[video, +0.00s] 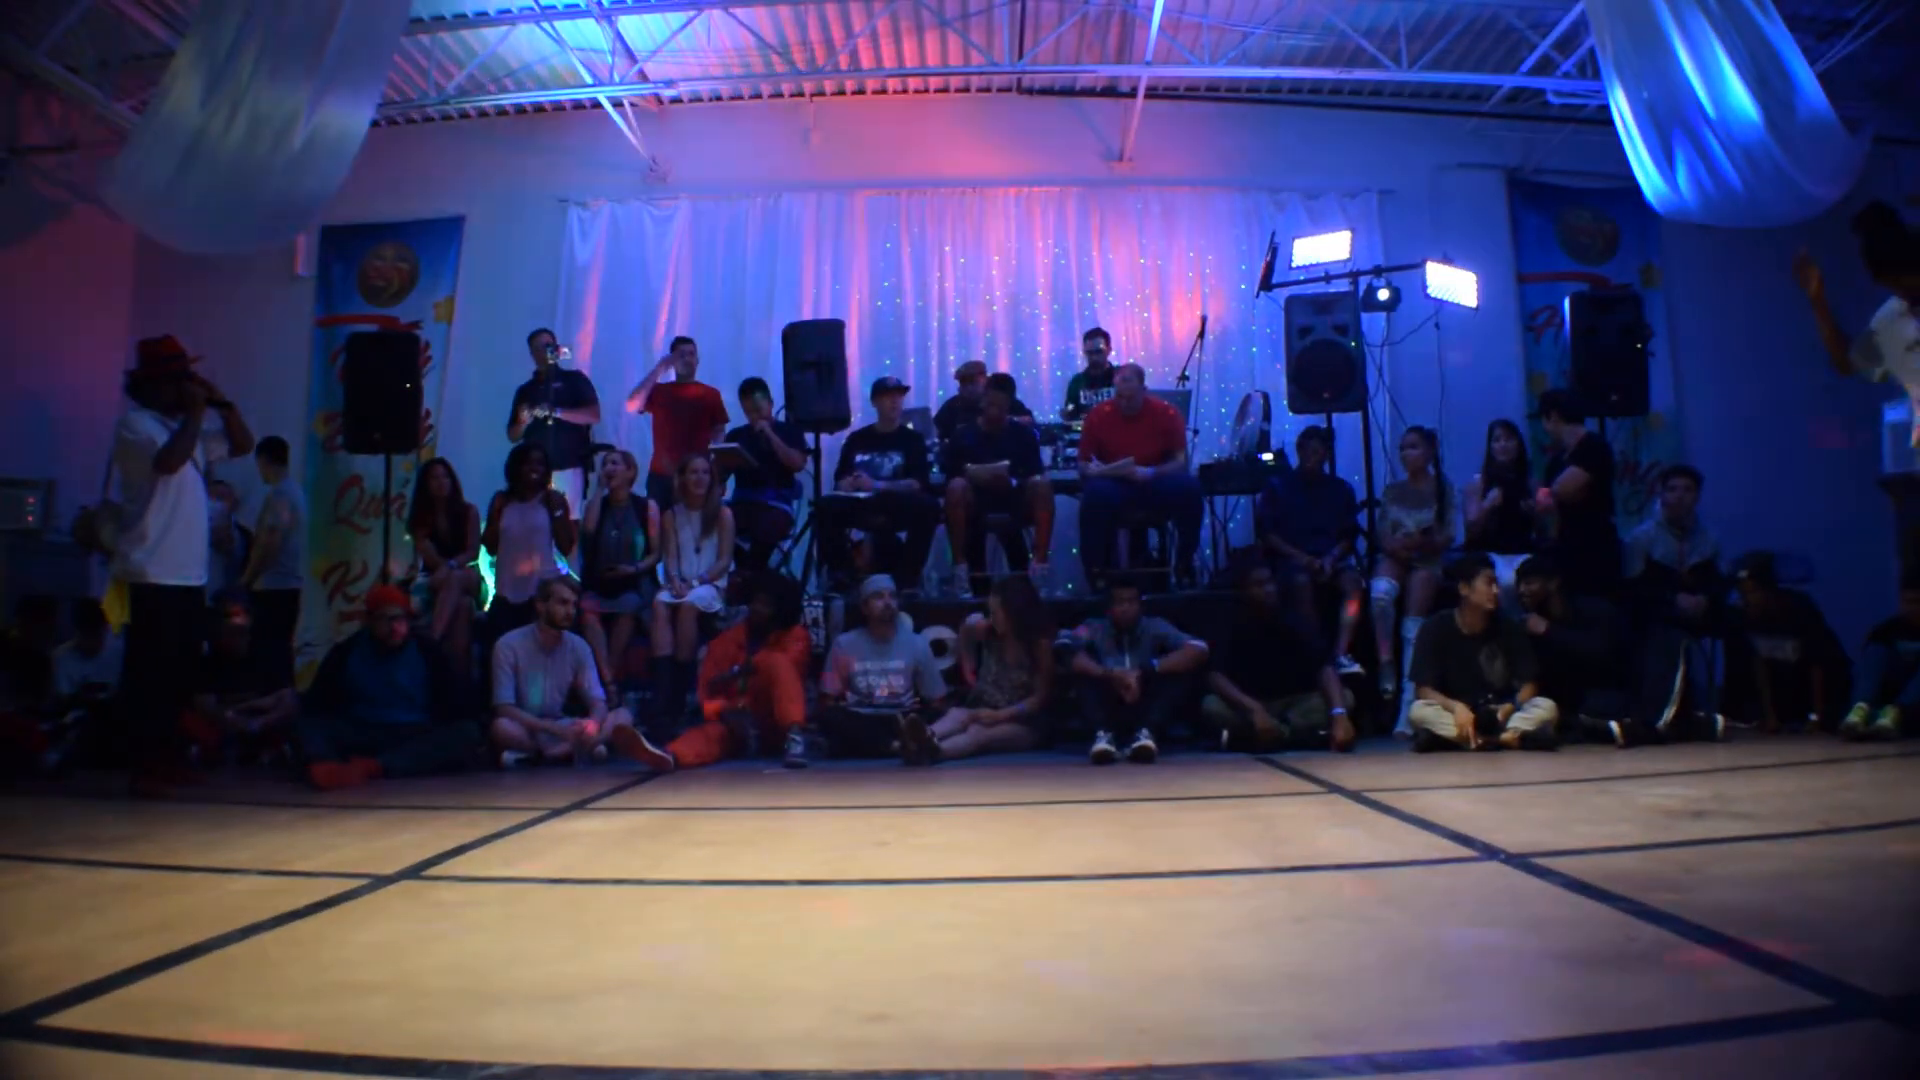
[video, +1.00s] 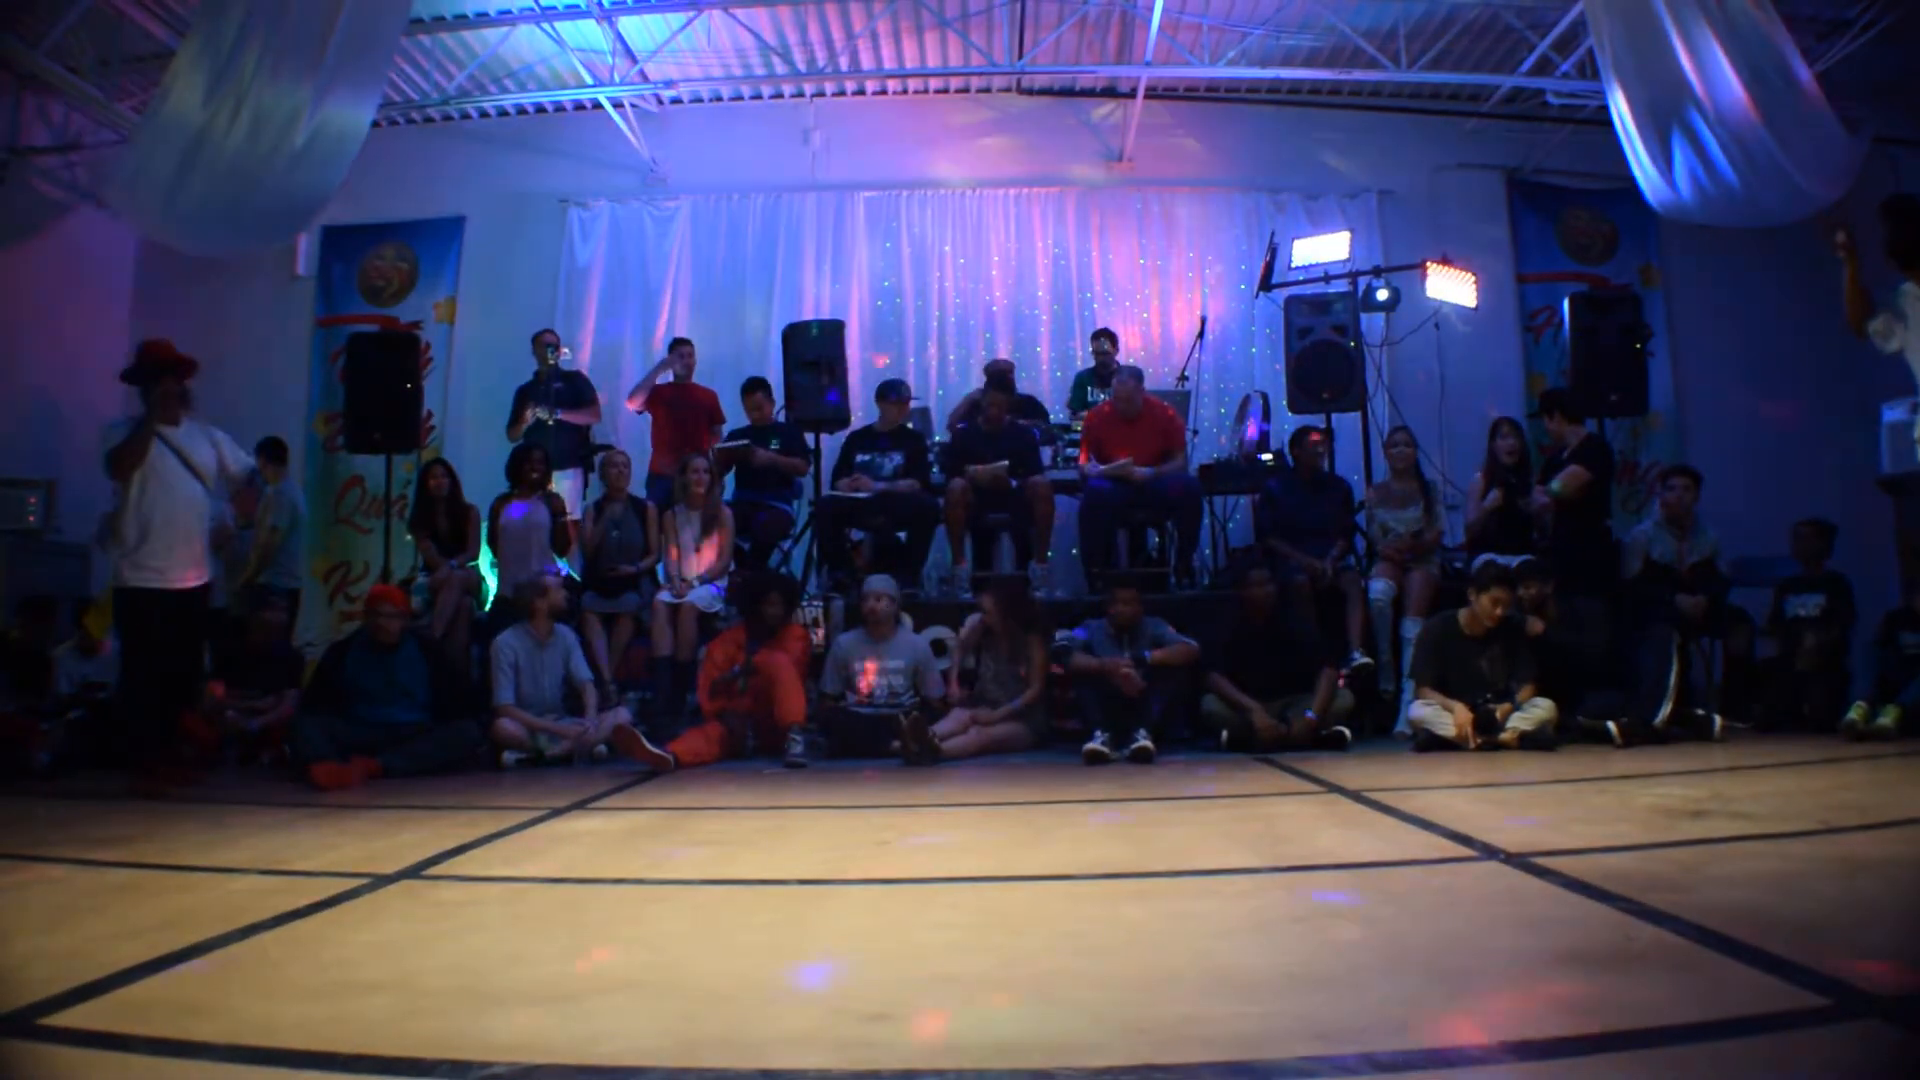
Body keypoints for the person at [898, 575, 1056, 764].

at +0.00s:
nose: (992, 619)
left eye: (996, 612)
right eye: (991, 612)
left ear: (1014, 611)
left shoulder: (1038, 646)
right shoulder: (989, 634)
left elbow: (1040, 699)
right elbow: (967, 629)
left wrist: (998, 715)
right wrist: (969, 677)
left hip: (1021, 717)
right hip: (986, 707)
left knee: (980, 733)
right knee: (957, 715)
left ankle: (933, 752)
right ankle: (921, 737)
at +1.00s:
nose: (983, 618)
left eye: (988, 612)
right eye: (983, 612)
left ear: (1007, 612)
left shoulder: (1030, 638)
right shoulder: (979, 627)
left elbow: (1036, 690)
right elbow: (959, 647)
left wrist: (996, 714)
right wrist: (954, 684)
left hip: (1021, 713)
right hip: (985, 704)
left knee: (979, 736)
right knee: (961, 715)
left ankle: (934, 752)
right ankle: (922, 738)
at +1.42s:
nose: (983, 611)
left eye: (989, 604)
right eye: (978, 604)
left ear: (1001, 605)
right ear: (970, 607)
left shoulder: (1019, 636)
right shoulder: (967, 636)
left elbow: (1030, 684)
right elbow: (956, 679)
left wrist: (994, 715)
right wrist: (955, 695)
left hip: (1016, 714)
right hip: (976, 709)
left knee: (981, 736)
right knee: (956, 721)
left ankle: (935, 752)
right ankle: (925, 738)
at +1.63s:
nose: (986, 607)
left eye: (991, 600)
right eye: (979, 601)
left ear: (1000, 602)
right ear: (970, 605)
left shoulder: (1017, 638)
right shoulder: (963, 641)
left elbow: (1026, 689)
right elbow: (954, 691)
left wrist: (991, 715)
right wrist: (968, 713)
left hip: (1011, 712)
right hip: (973, 711)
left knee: (981, 737)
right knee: (957, 724)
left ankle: (933, 751)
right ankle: (920, 737)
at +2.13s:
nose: (998, 602)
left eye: (1001, 596)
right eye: (990, 596)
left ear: (1007, 600)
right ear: (976, 601)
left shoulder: (1019, 636)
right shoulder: (967, 636)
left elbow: (1026, 687)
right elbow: (957, 685)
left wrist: (992, 715)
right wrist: (959, 700)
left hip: (1010, 707)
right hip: (974, 708)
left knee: (982, 736)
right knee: (946, 726)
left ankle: (935, 751)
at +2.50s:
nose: (996, 600)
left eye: (1001, 595)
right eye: (989, 595)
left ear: (1008, 599)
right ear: (979, 599)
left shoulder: (1024, 636)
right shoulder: (969, 636)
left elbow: (1034, 687)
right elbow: (957, 686)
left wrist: (996, 714)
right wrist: (962, 703)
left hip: (1013, 710)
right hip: (977, 710)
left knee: (981, 736)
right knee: (958, 721)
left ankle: (935, 752)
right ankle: (922, 736)